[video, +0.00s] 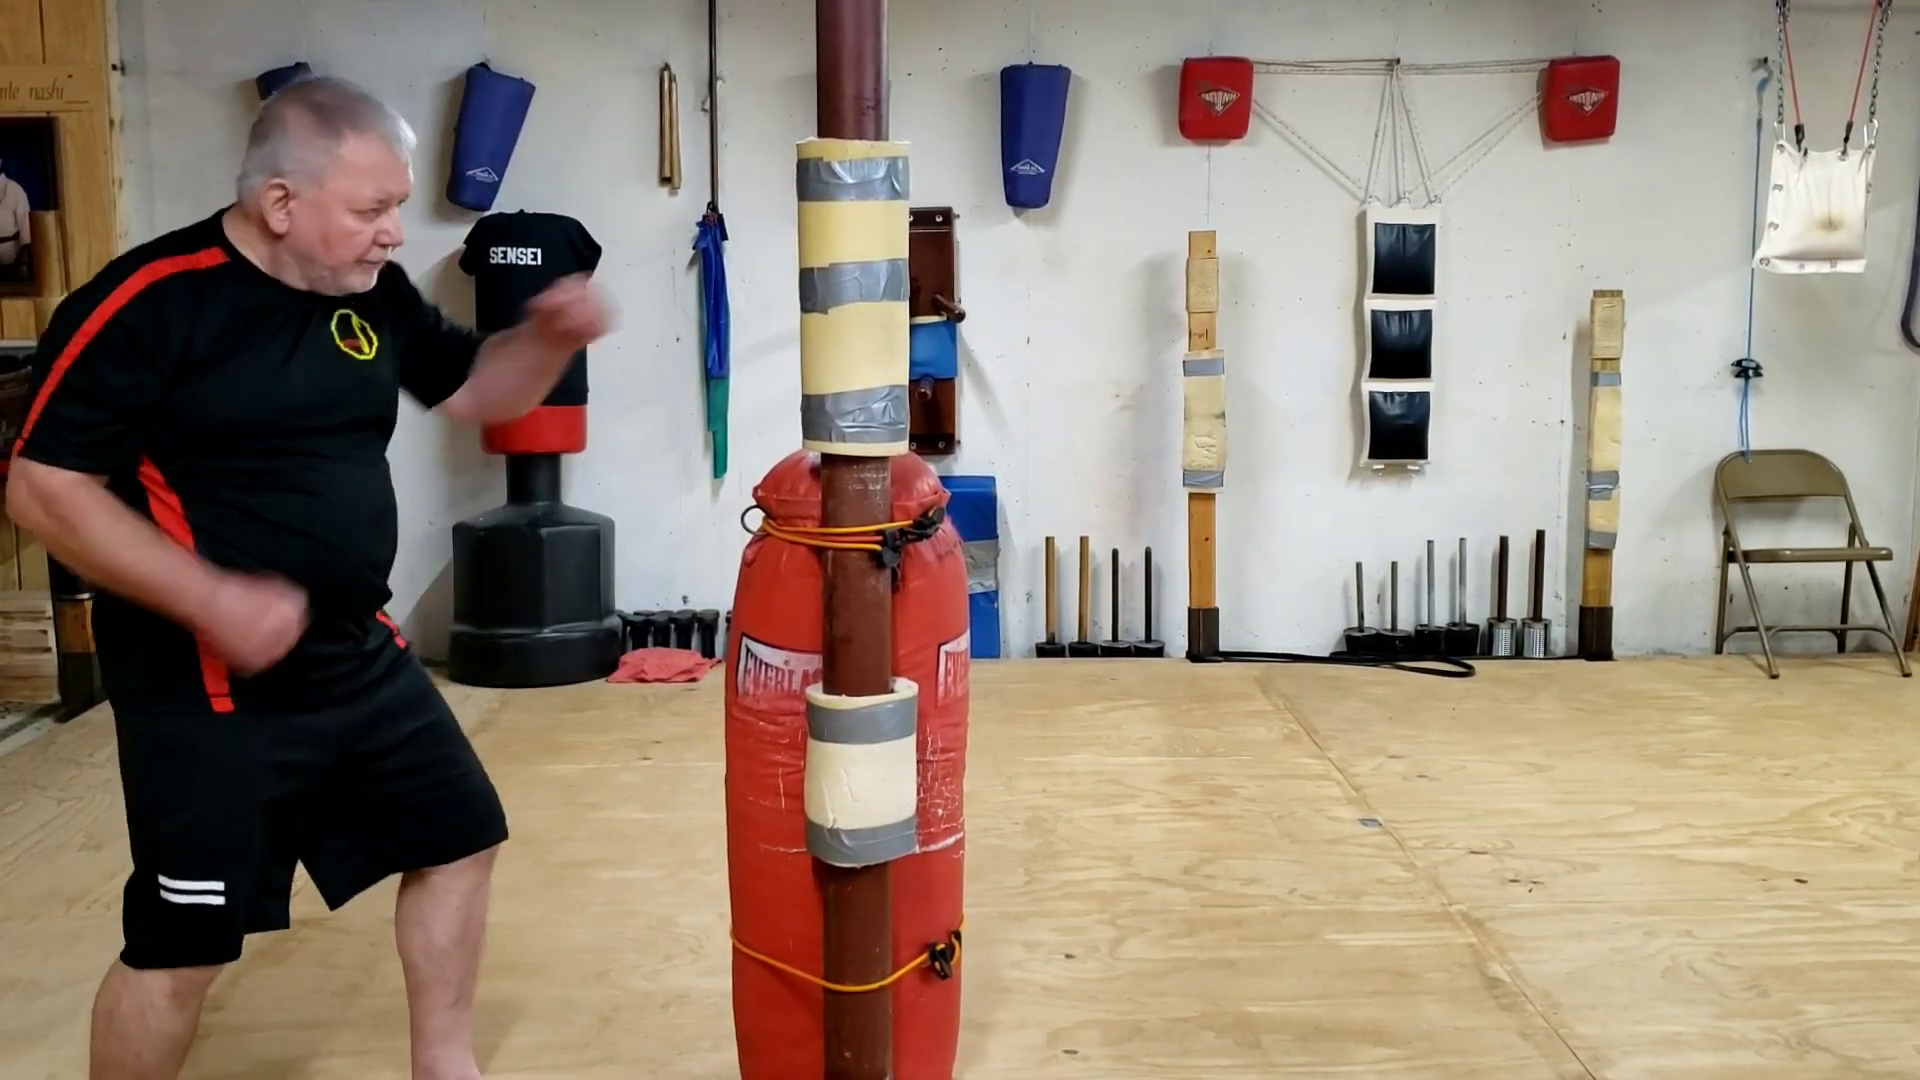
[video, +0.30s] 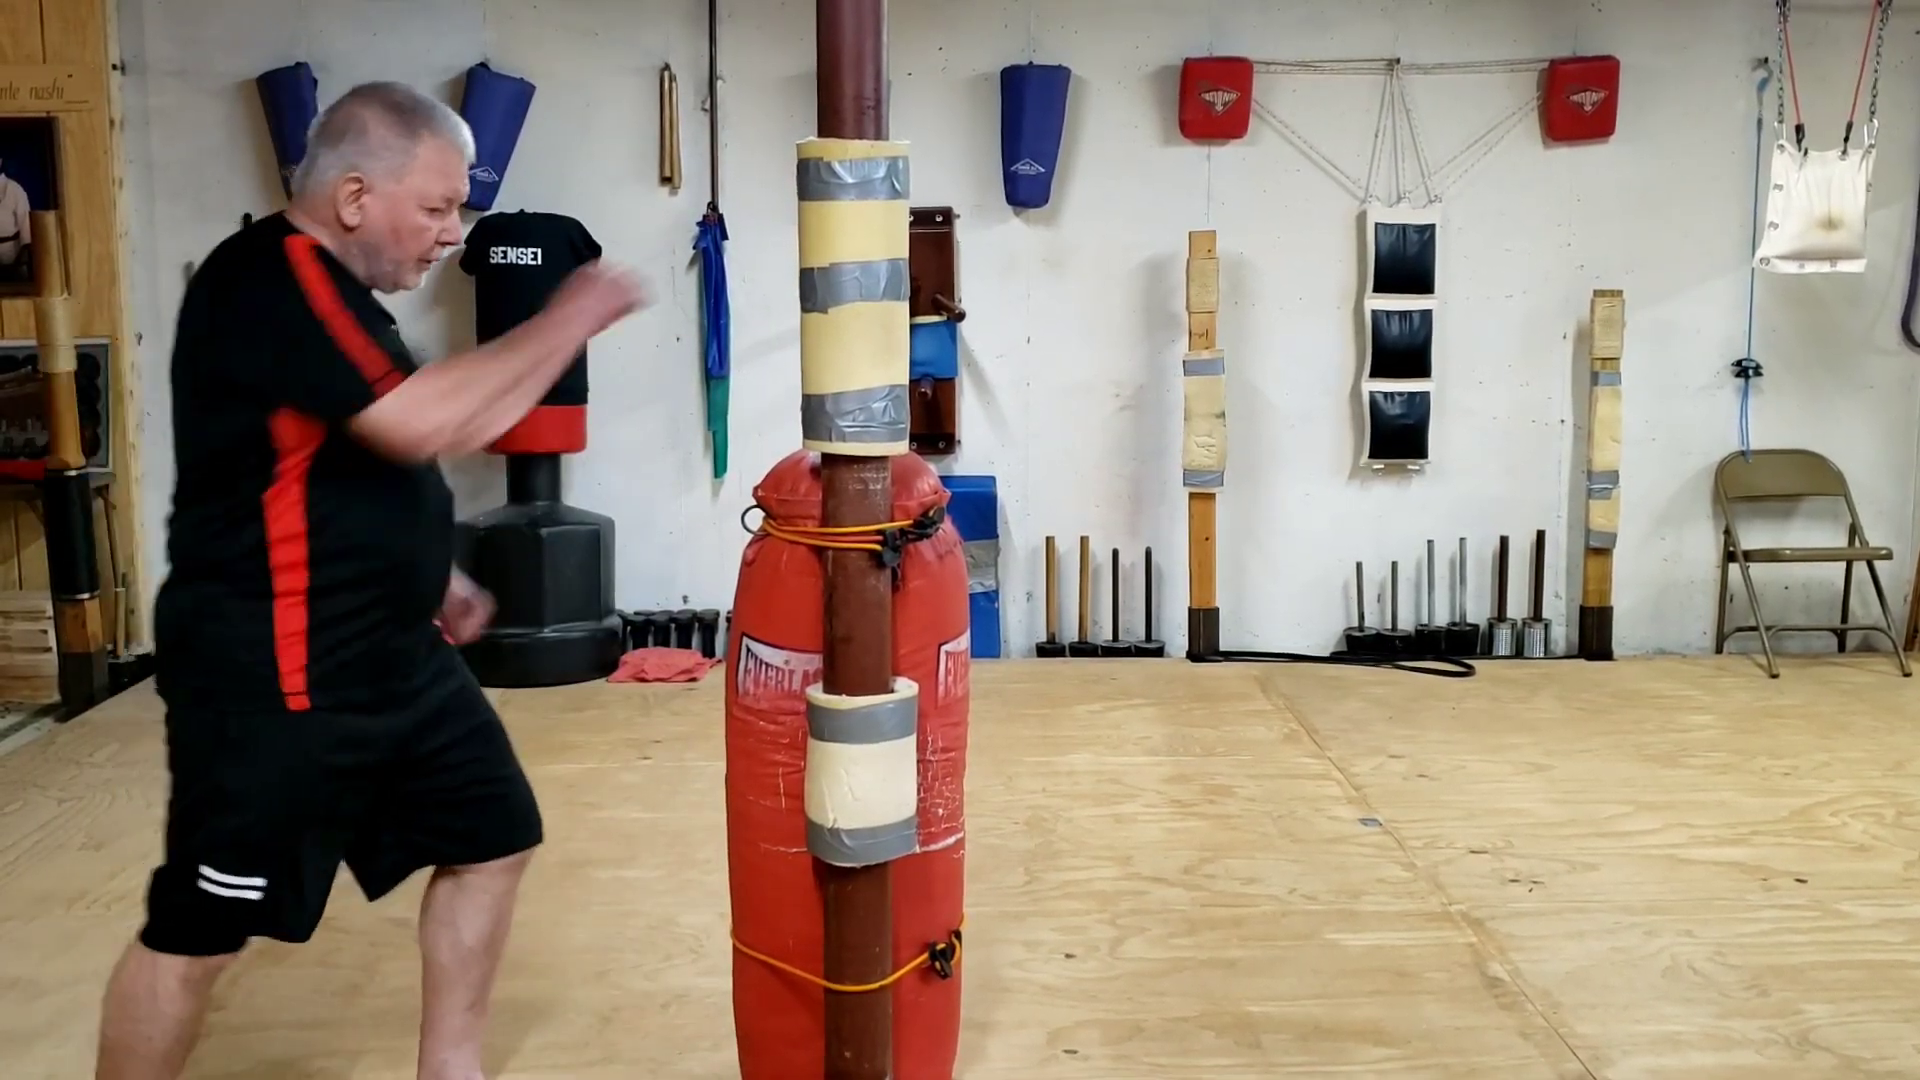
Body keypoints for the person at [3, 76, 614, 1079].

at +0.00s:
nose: (395, 235)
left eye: (398, 209)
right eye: (374, 210)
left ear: (295, 207)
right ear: (281, 206)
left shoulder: (369, 290)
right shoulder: (147, 299)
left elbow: (474, 391)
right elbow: (37, 483)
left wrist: (551, 335)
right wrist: (212, 599)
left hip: (349, 648)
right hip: (196, 677)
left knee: (459, 837)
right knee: (185, 939)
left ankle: (446, 1067)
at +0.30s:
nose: (451, 236)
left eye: (456, 214)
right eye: (438, 209)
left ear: (357, 203)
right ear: (354, 200)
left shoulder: (335, 287)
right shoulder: (267, 277)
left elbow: (321, 481)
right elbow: (416, 420)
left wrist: (429, 579)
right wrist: (569, 322)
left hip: (386, 646)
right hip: (262, 661)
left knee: (490, 837)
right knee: (197, 926)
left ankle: (450, 1068)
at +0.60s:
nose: (476, 219)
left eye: (481, 195)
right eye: (470, 188)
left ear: (387, 173)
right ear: (396, 167)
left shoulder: (295, 246)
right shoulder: (329, 240)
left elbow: (356, 432)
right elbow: (292, 427)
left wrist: (497, 461)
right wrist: (425, 578)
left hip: (338, 598)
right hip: (405, 557)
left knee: (465, 824)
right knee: (667, 630)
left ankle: (448, 1067)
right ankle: (671, 882)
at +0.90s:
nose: (482, 226)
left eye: (485, 202)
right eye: (470, 196)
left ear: (389, 184)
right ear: (392, 177)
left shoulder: (346, 260)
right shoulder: (313, 247)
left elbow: (360, 450)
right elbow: (364, 431)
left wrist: (468, 502)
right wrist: (562, 454)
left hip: (387, 591)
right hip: (324, 598)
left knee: (490, 823)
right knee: (471, 824)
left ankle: (453, 1069)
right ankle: (219, 1043)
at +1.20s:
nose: (400, 248)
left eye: (404, 222)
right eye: (378, 225)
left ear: (299, 221)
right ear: (288, 220)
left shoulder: (349, 303)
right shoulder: (173, 305)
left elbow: (341, 475)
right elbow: (203, 507)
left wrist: (424, 522)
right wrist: (418, 443)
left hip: (355, 657)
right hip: (211, 685)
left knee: (477, 840)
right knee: (180, 952)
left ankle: (446, 1066)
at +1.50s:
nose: (423, 239)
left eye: (427, 216)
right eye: (407, 214)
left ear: (329, 208)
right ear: (320, 207)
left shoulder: (375, 298)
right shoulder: (190, 299)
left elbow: (485, 380)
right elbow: (76, 478)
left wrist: (582, 359)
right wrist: (257, 587)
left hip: (352, 656)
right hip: (219, 681)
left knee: (458, 830)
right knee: (197, 938)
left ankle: (443, 1067)